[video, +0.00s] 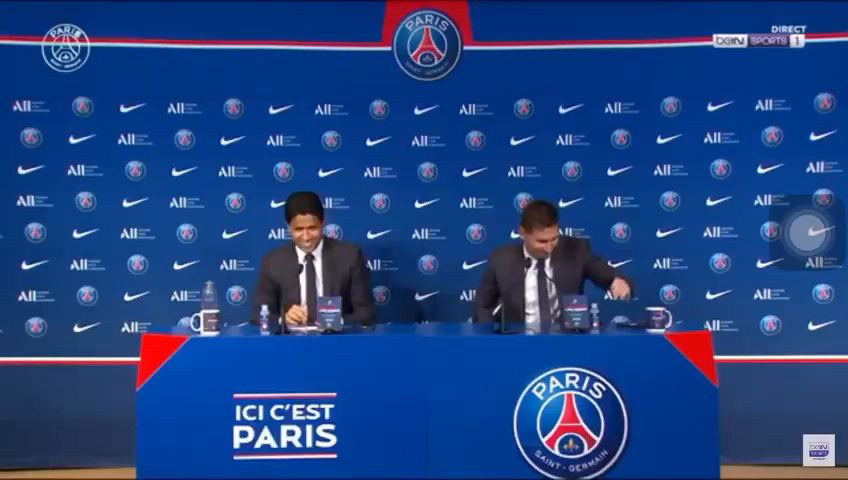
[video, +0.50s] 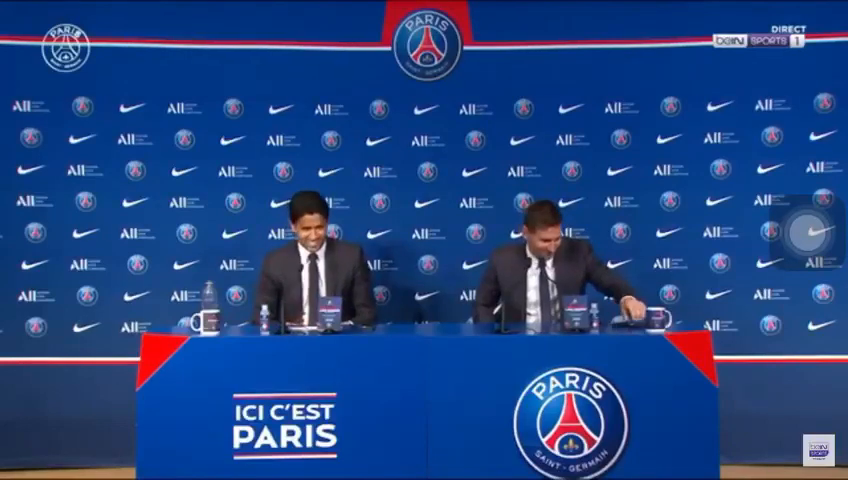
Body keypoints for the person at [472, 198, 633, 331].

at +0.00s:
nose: (548, 248)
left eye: (553, 240)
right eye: (541, 242)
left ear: (558, 230)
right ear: (522, 233)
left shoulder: (577, 251)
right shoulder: (502, 259)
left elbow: (608, 277)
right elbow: (483, 307)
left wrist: (619, 282)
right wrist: (489, 341)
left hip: (568, 346)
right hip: (518, 347)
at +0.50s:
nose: (552, 247)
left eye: (556, 240)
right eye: (545, 241)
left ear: (561, 231)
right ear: (525, 232)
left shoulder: (579, 253)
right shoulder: (503, 259)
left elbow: (609, 281)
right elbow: (483, 306)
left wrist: (627, 297)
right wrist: (490, 344)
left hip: (570, 349)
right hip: (518, 351)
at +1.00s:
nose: (555, 245)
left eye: (559, 238)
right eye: (548, 239)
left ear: (563, 229)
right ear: (527, 232)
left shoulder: (579, 252)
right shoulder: (503, 258)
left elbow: (604, 283)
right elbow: (485, 309)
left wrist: (622, 291)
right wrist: (522, 312)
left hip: (571, 344)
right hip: (520, 347)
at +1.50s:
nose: (534, 243)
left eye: (542, 236)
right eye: (530, 235)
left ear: (557, 232)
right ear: (524, 227)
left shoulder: (578, 253)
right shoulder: (503, 257)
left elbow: (594, 302)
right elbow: (495, 310)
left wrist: (578, 290)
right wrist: (524, 301)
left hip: (567, 340)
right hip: (519, 342)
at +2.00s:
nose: (535, 235)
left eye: (542, 227)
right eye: (529, 226)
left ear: (555, 227)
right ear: (521, 225)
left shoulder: (577, 253)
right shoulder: (503, 257)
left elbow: (596, 299)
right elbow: (488, 310)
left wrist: (575, 288)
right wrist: (505, 287)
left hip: (565, 340)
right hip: (517, 340)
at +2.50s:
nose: (538, 235)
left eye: (545, 228)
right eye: (532, 228)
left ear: (556, 227)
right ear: (521, 226)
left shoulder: (576, 253)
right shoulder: (505, 256)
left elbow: (596, 300)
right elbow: (487, 310)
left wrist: (575, 263)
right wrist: (503, 273)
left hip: (566, 339)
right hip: (519, 340)